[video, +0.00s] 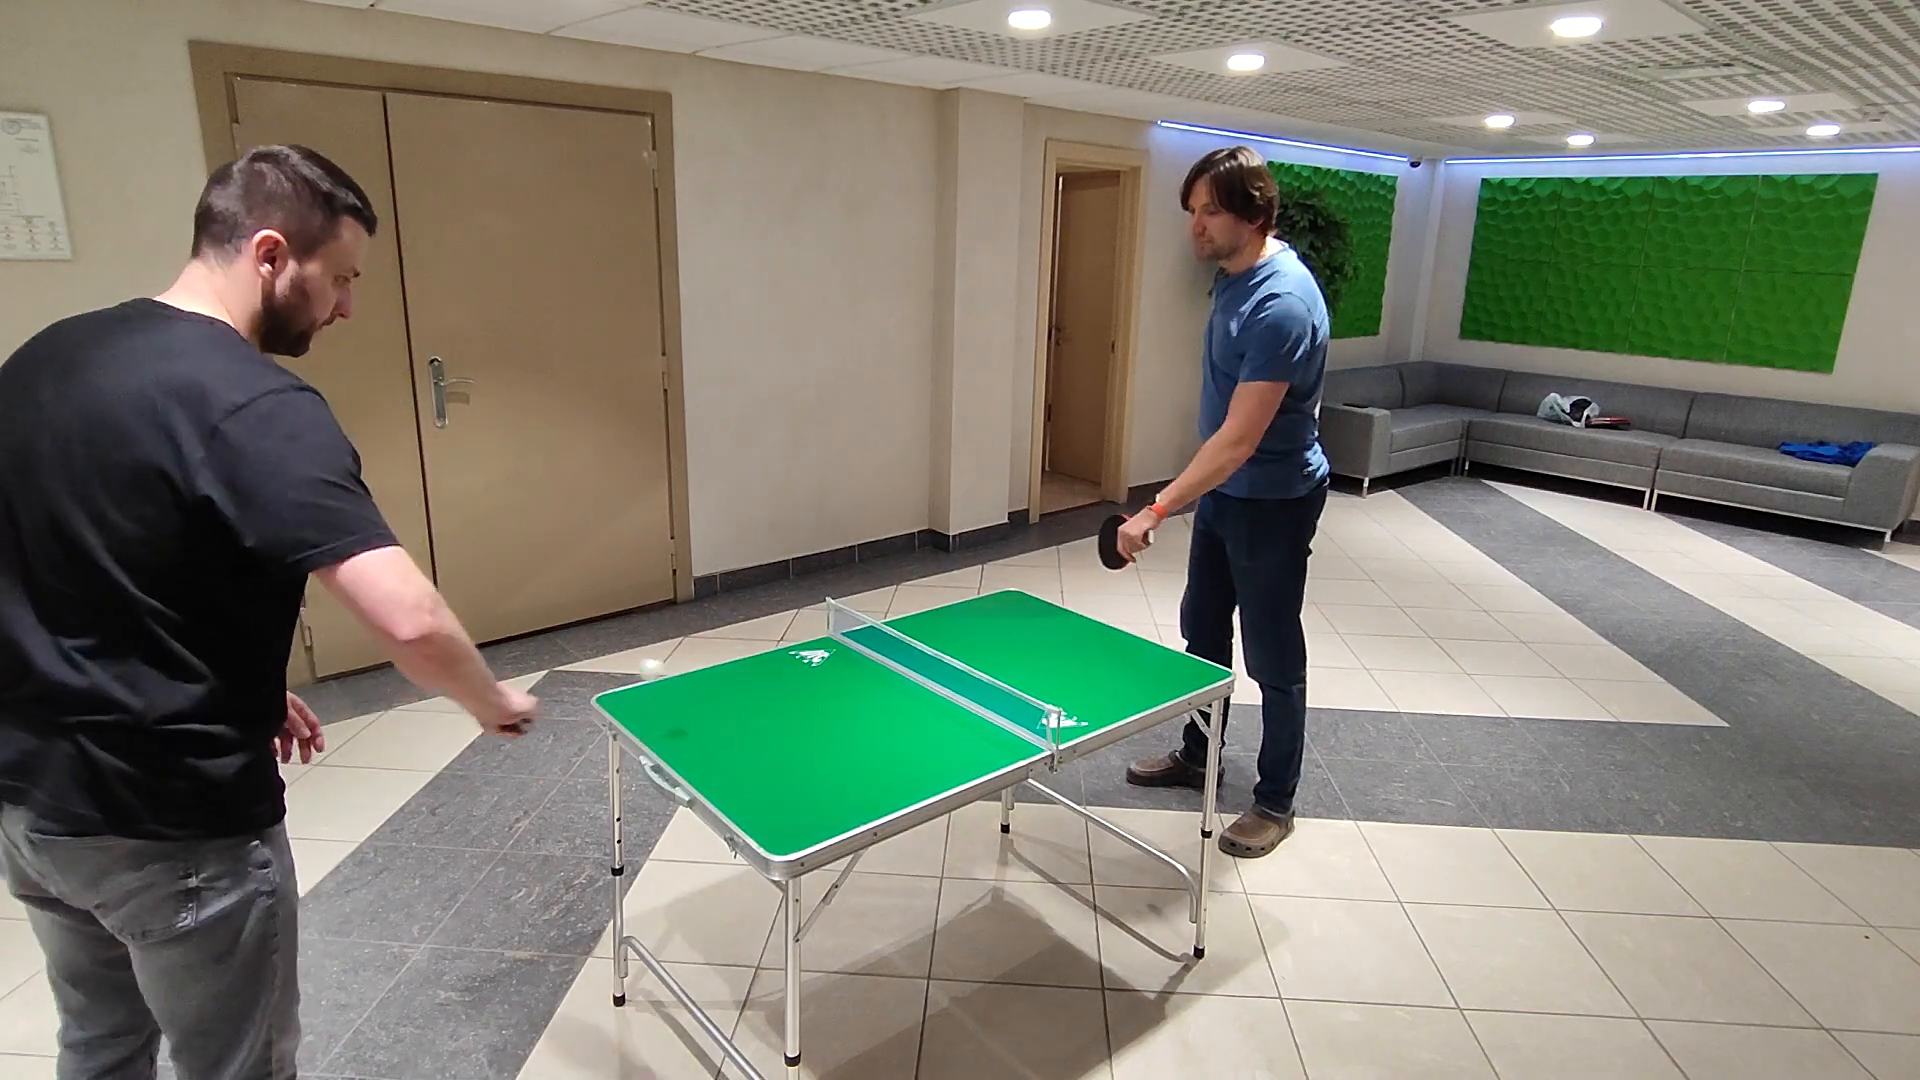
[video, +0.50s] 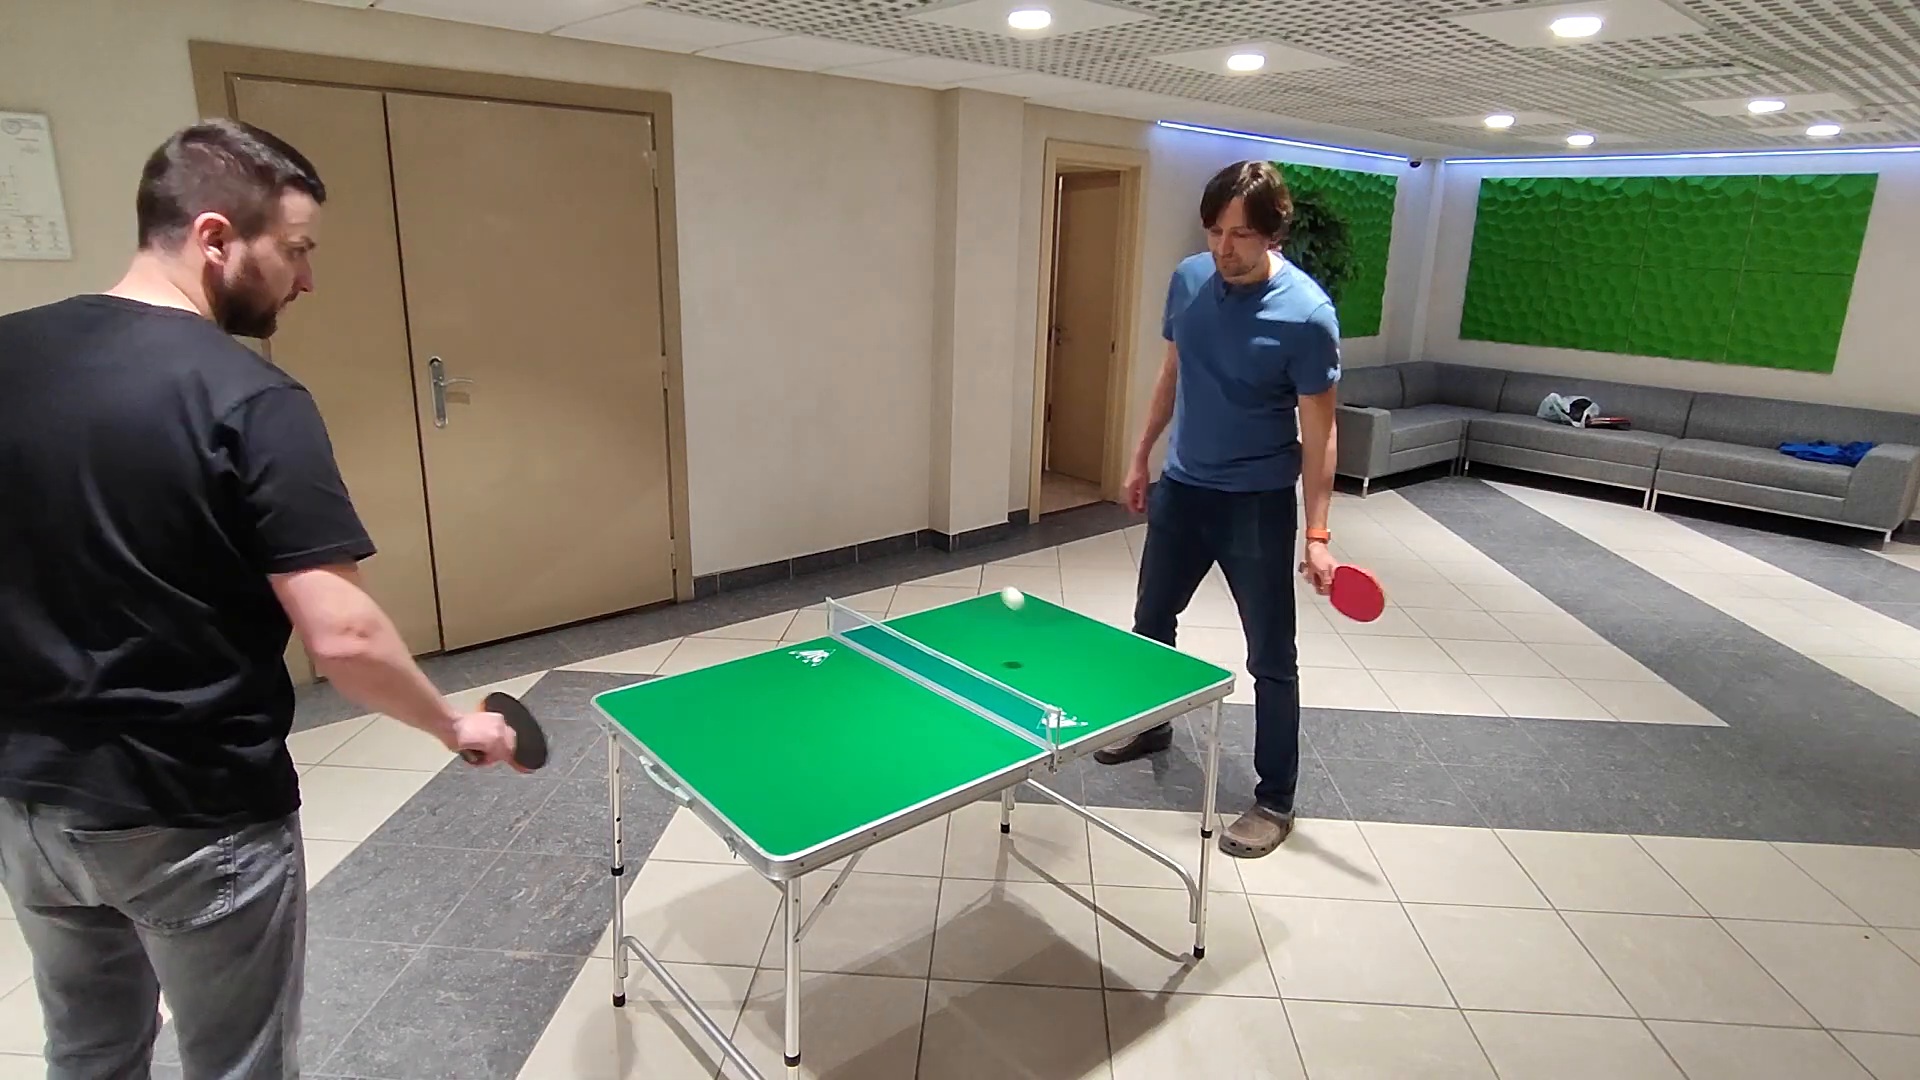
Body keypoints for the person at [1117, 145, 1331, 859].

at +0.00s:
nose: (1193, 226)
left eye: (1204, 214)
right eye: (1192, 213)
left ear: (1247, 215)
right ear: (1232, 216)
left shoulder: (1283, 307)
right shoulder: (1240, 276)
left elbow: (1237, 439)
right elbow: (1236, 409)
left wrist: (1153, 511)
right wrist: (1206, 480)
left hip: (1275, 497)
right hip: (1225, 486)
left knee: (1274, 658)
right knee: (1203, 629)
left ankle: (1274, 803)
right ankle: (1195, 756)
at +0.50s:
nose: (1225, 247)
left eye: (1241, 235)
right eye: (1216, 232)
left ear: (1275, 233)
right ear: (1206, 226)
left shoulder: (1307, 316)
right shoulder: (1189, 279)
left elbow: (1319, 434)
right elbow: (1173, 371)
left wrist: (1316, 533)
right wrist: (1141, 454)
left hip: (1260, 500)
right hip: (1183, 488)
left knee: (1271, 659)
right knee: (1151, 618)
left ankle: (1273, 803)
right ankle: (1146, 725)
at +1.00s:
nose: (1186, 275)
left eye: (1201, 263)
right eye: (1177, 260)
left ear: (1226, 263)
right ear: (1164, 255)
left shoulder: (1247, 339)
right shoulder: (1141, 294)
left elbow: (1218, 439)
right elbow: (1107, 366)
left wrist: (1182, 488)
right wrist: (1066, 441)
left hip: (1203, 486)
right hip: (1132, 476)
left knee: (1221, 628)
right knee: (1119, 610)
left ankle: (1248, 773)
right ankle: (1140, 721)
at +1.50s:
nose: (1171, 220)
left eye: (1184, 208)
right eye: (1163, 210)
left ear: (1216, 212)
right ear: (1156, 217)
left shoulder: (1263, 288)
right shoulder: (1152, 282)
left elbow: (1280, 400)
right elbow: (1138, 379)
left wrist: (1217, 456)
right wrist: (1112, 460)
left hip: (1231, 482)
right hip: (1156, 476)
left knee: (1240, 637)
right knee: (1144, 612)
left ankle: (1245, 764)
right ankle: (1141, 725)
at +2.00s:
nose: (1210, 231)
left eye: (1226, 219)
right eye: (1202, 217)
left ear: (1254, 221)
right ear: (1191, 215)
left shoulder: (1289, 296)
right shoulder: (1164, 278)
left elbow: (1310, 397)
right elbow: (1128, 371)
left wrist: (1304, 487)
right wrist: (1101, 454)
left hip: (1239, 480)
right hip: (1159, 473)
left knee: (1242, 635)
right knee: (1148, 613)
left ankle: (1244, 764)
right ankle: (1140, 721)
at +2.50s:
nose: (1224, 224)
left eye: (1238, 212)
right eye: (1216, 212)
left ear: (1271, 213)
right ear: (1207, 212)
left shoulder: (1316, 290)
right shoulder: (1183, 283)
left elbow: (1331, 402)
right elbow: (1156, 384)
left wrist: (1311, 490)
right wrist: (1121, 469)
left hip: (1267, 488)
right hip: (1184, 481)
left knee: (1255, 644)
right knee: (1161, 616)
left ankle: (1235, 765)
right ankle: (1140, 720)